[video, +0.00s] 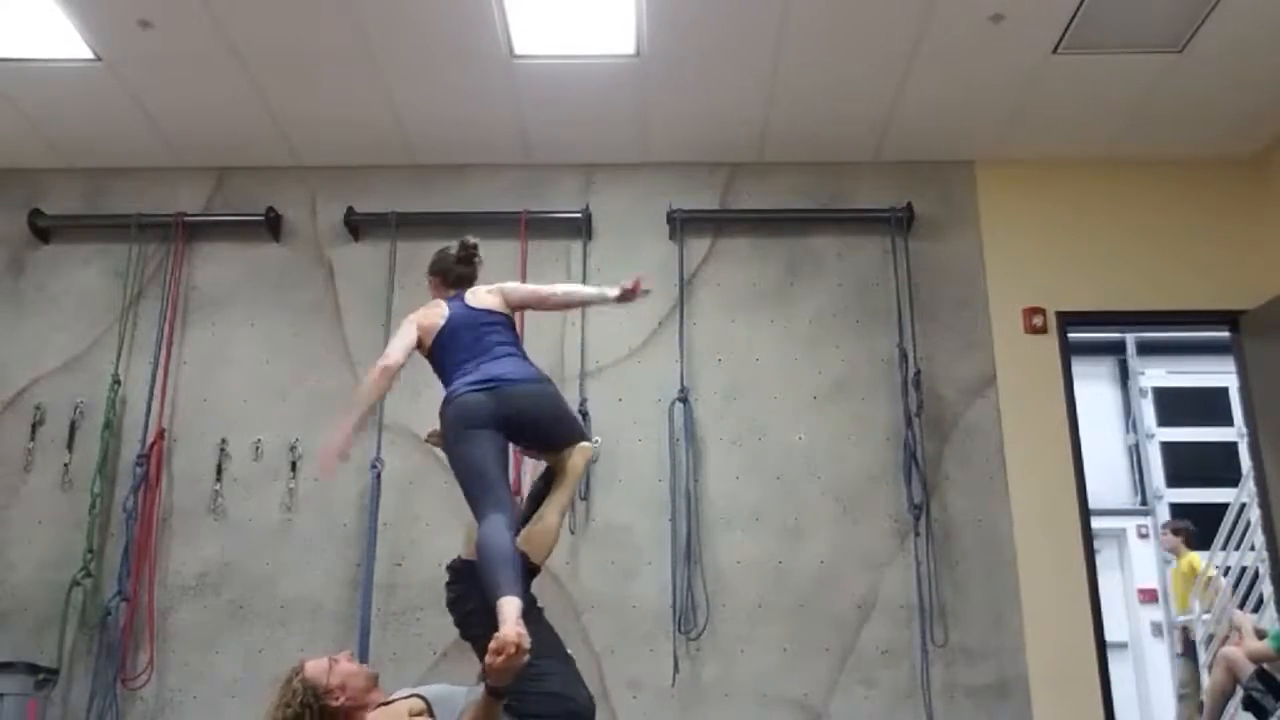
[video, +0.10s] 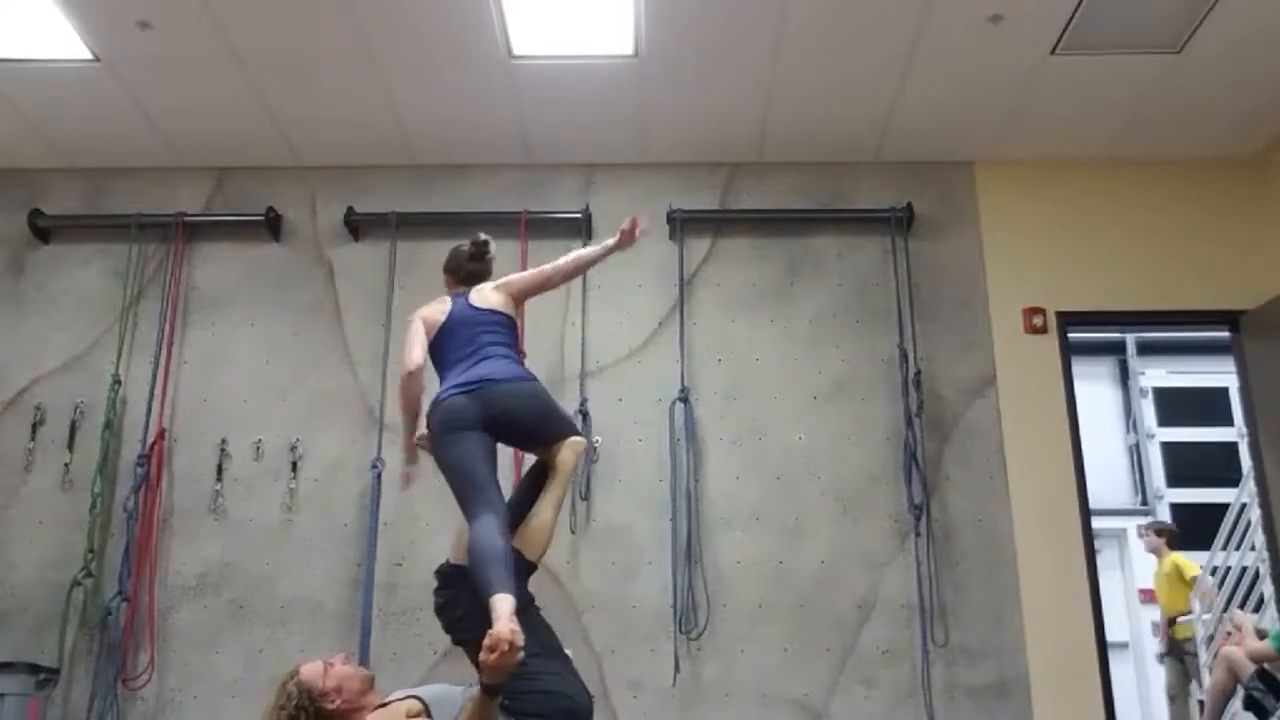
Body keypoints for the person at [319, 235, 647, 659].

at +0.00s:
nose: (429, 290)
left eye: (430, 284)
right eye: (432, 283)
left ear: (435, 284)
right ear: (469, 278)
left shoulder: (421, 319)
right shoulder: (498, 294)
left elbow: (387, 367)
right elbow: (555, 295)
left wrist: (346, 430)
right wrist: (614, 294)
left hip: (466, 407)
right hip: (530, 394)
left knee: (493, 513)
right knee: (572, 454)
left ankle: (510, 624)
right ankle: (522, 529)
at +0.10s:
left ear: (448, 281)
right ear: (486, 276)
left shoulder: (427, 314)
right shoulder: (503, 289)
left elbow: (411, 369)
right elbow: (564, 268)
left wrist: (410, 438)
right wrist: (615, 244)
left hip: (453, 408)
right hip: (512, 391)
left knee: (485, 514)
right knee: (565, 447)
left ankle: (504, 621)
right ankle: (508, 532)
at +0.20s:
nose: (508, 272)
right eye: (506, 267)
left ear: (464, 275)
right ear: (501, 271)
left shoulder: (433, 307)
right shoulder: (510, 286)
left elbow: (409, 359)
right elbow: (577, 266)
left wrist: (420, 426)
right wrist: (638, 238)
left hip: (438, 410)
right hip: (496, 394)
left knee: (467, 515)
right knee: (557, 436)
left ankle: (479, 621)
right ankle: (509, 523)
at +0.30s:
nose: (523, 264)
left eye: (519, 260)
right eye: (521, 259)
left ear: (474, 263)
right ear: (513, 263)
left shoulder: (440, 295)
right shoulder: (522, 284)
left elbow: (407, 350)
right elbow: (601, 275)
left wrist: (398, 423)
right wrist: (675, 261)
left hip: (436, 408)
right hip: (502, 399)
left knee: (469, 516)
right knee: (527, 450)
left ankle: (489, 615)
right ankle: (499, 527)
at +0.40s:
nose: (539, 261)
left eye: (532, 256)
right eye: (538, 256)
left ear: (492, 255)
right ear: (533, 259)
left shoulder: (456, 281)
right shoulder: (540, 289)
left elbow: (402, 330)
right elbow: (620, 308)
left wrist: (359, 390)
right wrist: (691, 320)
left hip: (429, 395)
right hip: (498, 397)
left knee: (453, 512)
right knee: (509, 460)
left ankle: (473, 604)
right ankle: (492, 529)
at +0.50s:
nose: (544, 273)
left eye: (532, 263)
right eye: (545, 266)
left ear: (502, 260)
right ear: (543, 266)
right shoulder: (544, 289)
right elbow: (625, 311)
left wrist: (357, 387)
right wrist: (693, 325)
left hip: (412, 395)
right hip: (478, 396)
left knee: (435, 515)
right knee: (502, 446)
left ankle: (442, 593)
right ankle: (471, 525)